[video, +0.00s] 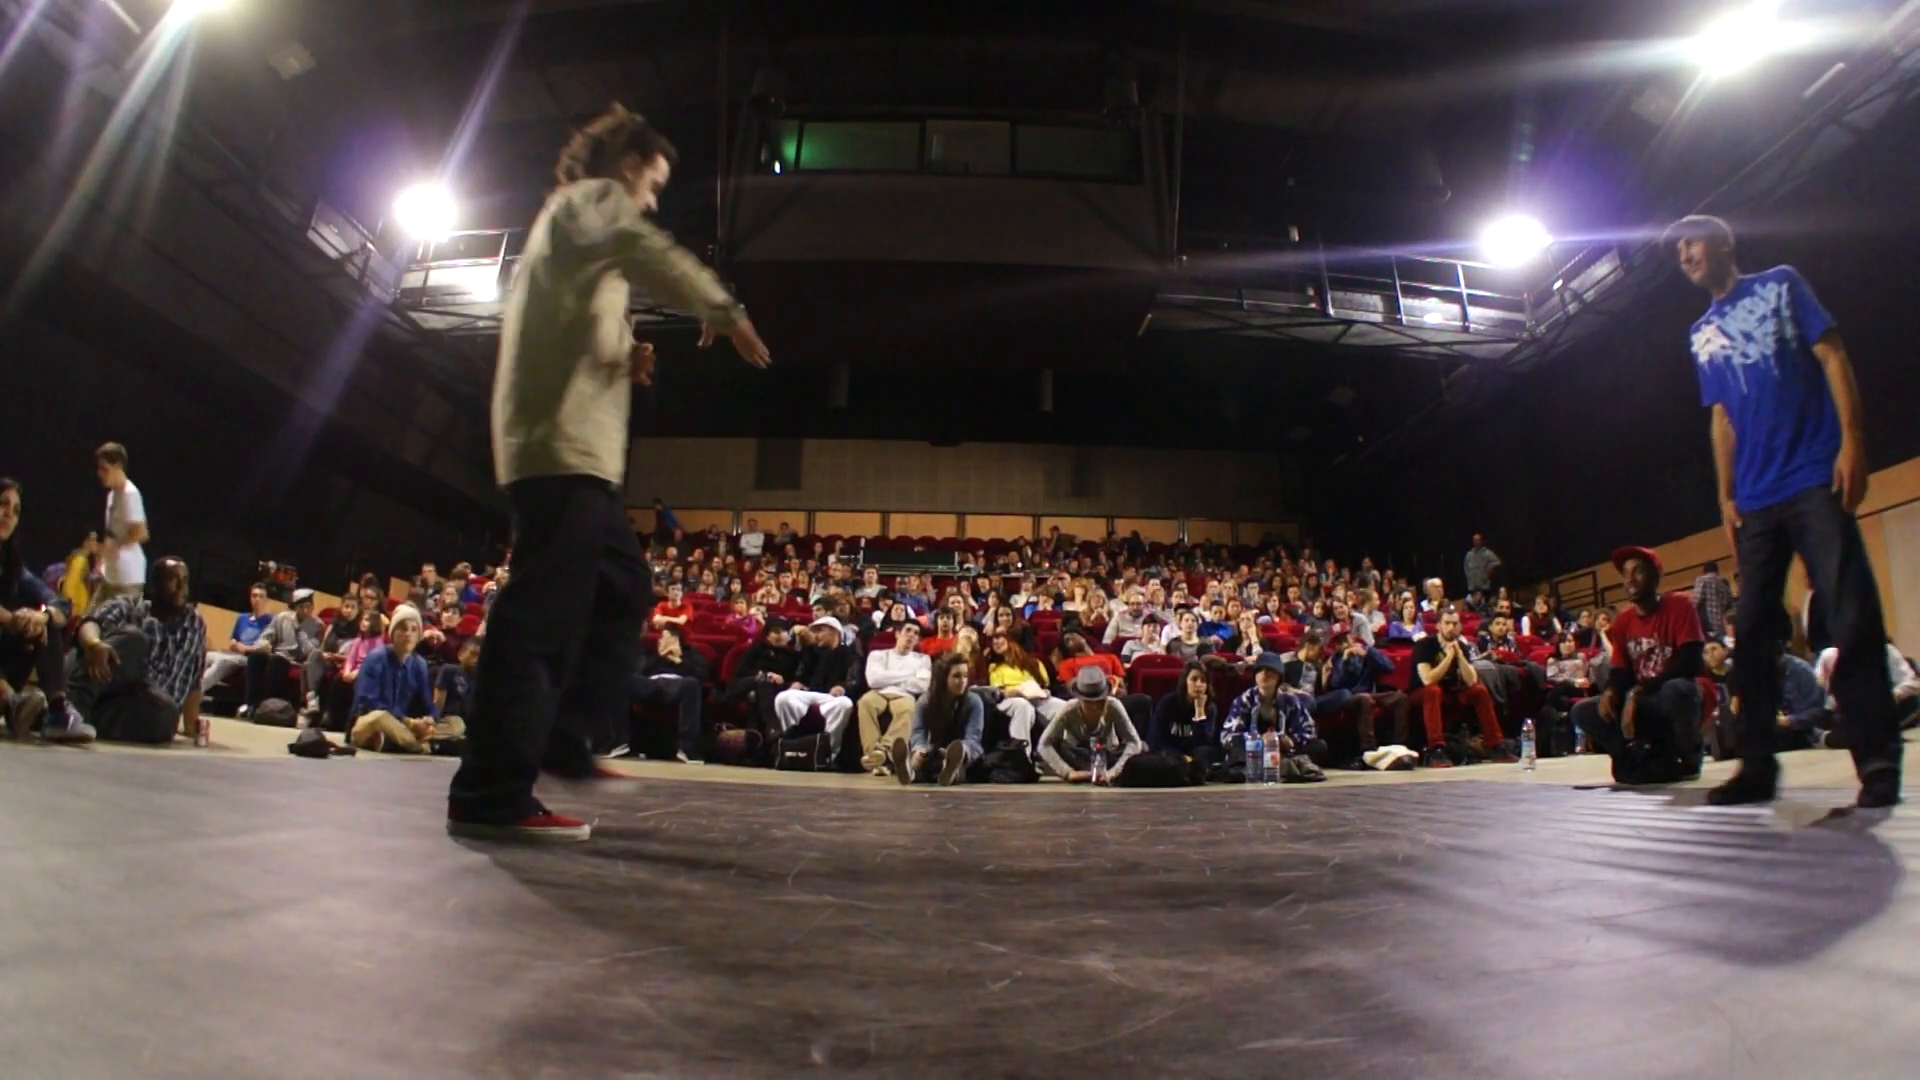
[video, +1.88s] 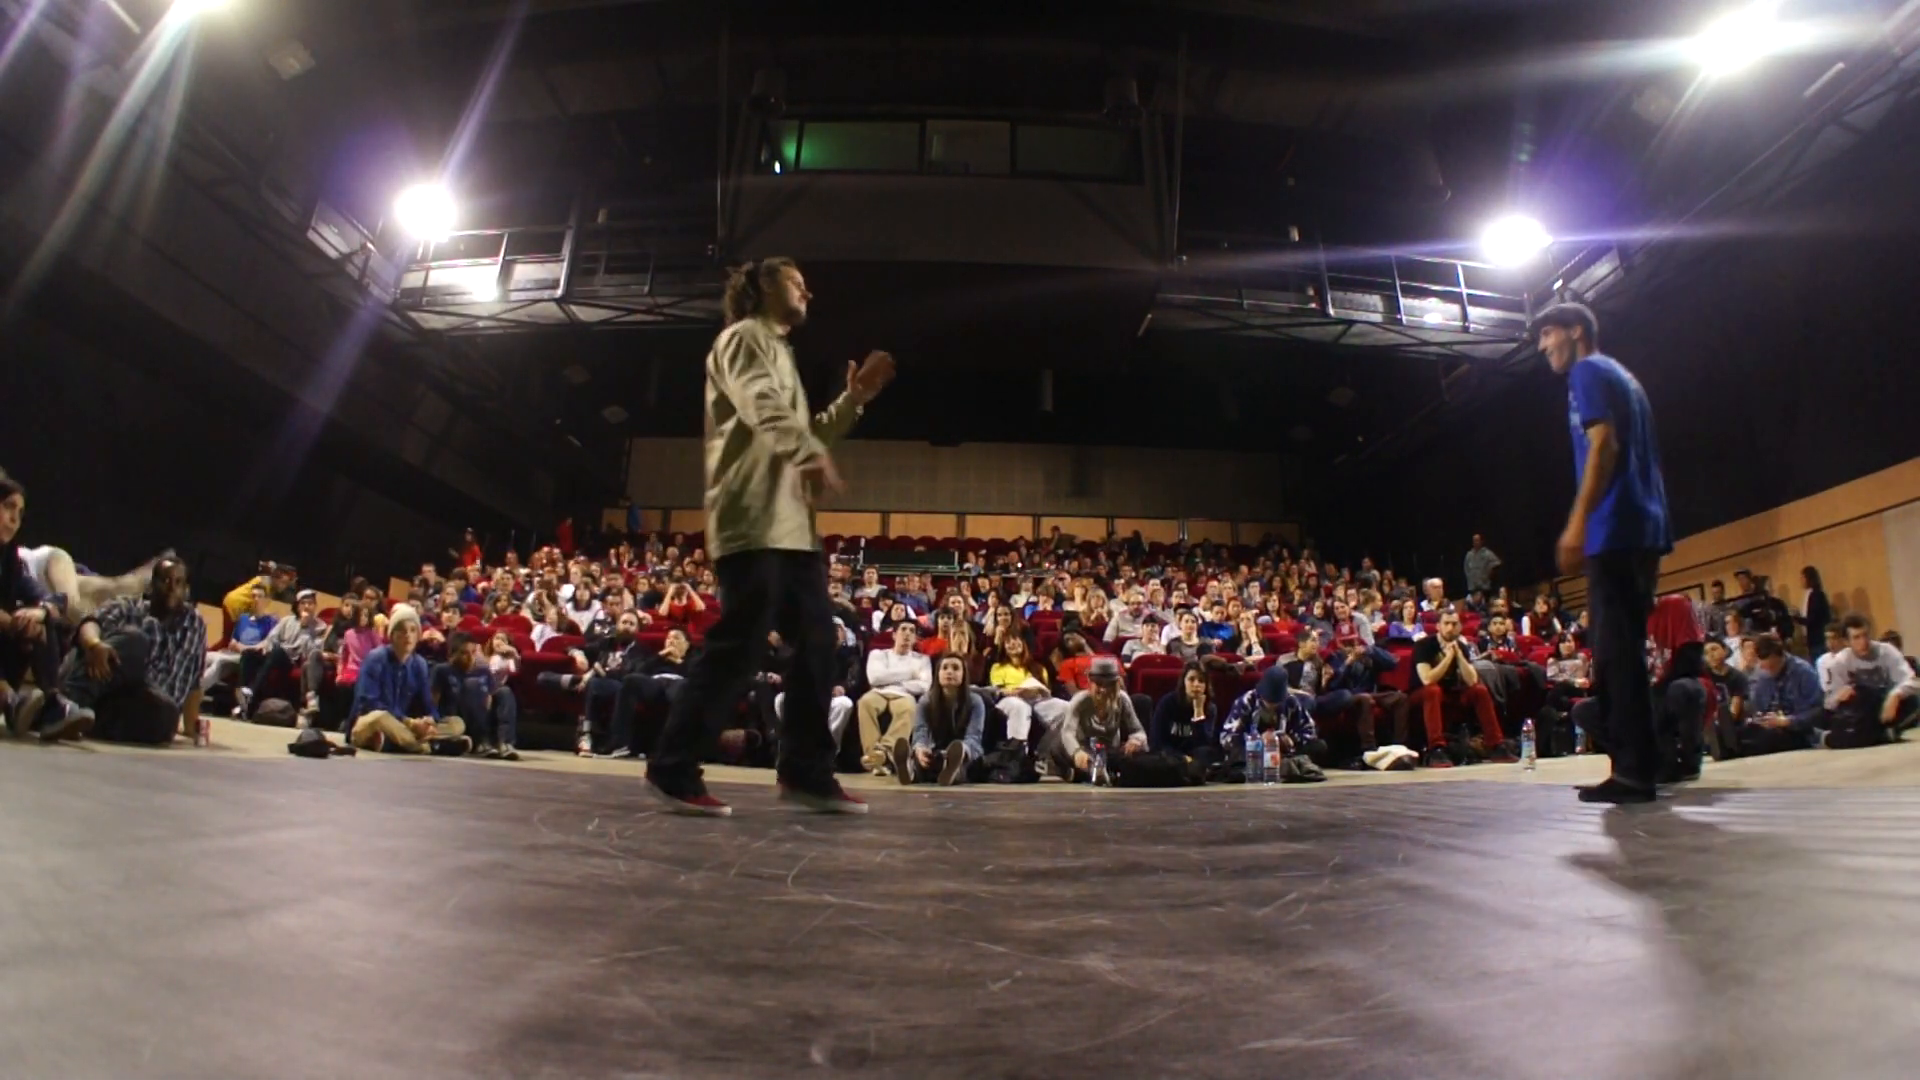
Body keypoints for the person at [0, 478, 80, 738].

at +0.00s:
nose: (7, 514)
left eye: (14, 509)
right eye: (3, 506)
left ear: (19, 517)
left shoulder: (12, 565)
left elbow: (60, 606)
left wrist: (43, 614)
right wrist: (11, 619)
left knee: (46, 623)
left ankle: (58, 708)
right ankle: (10, 703)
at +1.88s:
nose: (14, 519)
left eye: (19, 513)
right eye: (9, 508)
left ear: (21, 519)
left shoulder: (12, 557)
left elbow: (51, 603)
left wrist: (40, 611)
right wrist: (11, 621)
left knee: (41, 623)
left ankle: (53, 704)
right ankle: (9, 701)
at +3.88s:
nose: (13, 517)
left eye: (17, 510)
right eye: (7, 507)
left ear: (21, 515)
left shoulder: (14, 570)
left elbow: (58, 605)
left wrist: (41, 613)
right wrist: (12, 624)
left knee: (43, 624)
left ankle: (57, 706)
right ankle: (11, 702)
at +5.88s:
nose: (14, 516)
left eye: (18, 509)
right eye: (8, 506)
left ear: (21, 517)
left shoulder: (11, 562)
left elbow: (53, 609)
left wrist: (42, 614)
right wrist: (13, 625)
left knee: (44, 628)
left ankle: (58, 708)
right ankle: (11, 704)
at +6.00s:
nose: (14, 516)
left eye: (18, 509)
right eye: (8, 506)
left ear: (21, 517)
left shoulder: (12, 560)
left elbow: (50, 607)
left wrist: (42, 614)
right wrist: (12, 624)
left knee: (45, 626)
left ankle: (58, 708)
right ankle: (12, 704)